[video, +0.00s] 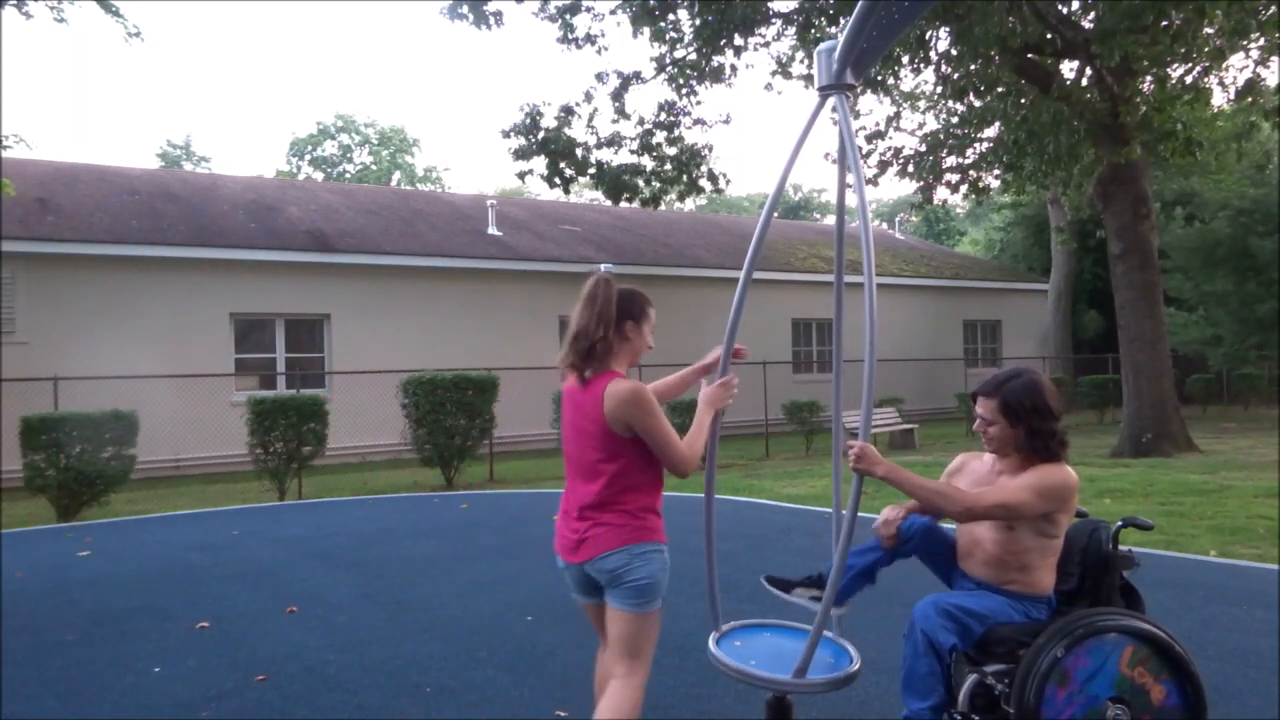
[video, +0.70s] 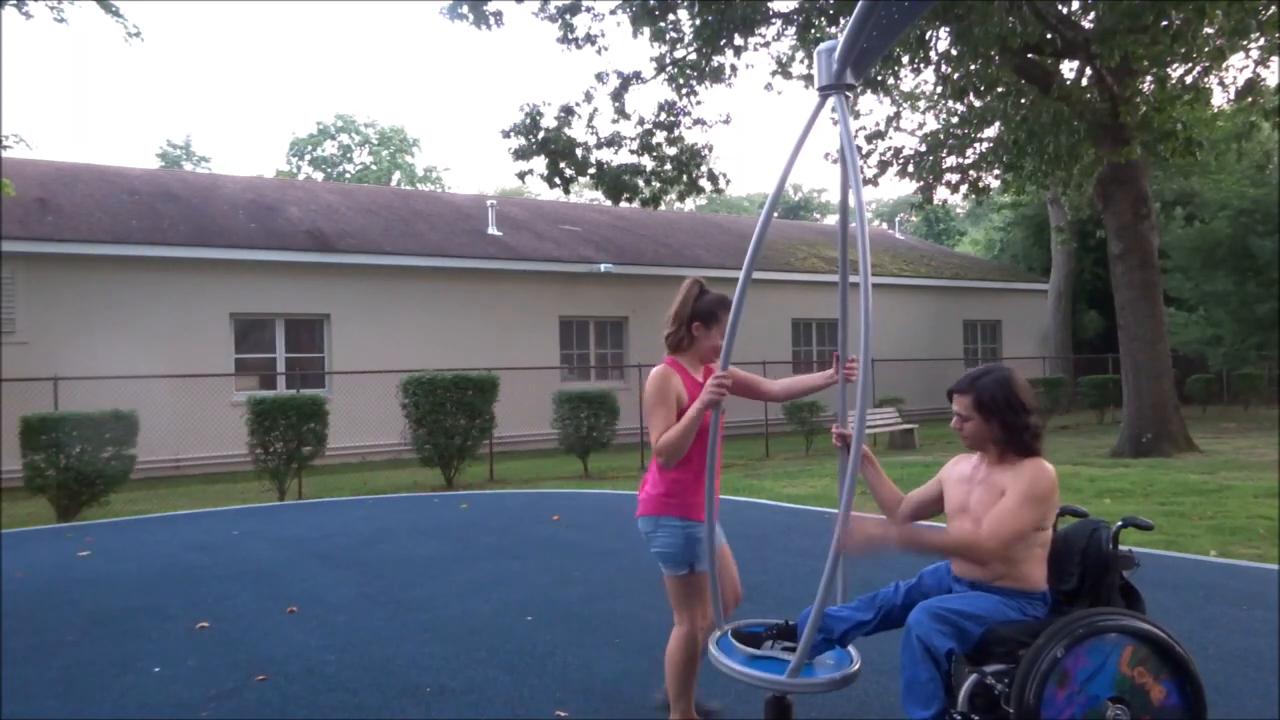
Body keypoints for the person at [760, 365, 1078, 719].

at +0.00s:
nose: (977, 428)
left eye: (988, 422)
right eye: (978, 418)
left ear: (1023, 425)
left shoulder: (1056, 480)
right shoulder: (968, 463)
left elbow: (966, 507)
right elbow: (935, 505)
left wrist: (883, 468)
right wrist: (902, 510)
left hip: (1016, 601)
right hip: (963, 572)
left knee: (931, 614)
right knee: (913, 526)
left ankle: (922, 712)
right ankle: (829, 587)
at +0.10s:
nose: (977, 428)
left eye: (988, 422)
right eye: (977, 419)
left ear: (1022, 426)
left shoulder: (1056, 480)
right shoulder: (967, 464)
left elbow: (964, 507)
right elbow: (932, 515)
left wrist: (883, 469)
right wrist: (891, 528)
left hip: (1015, 599)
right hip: (960, 571)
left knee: (930, 618)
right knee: (897, 547)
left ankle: (924, 713)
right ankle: (818, 613)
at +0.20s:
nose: (975, 427)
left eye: (986, 421)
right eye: (976, 418)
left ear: (1021, 426)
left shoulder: (1054, 478)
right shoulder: (966, 466)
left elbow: (963, 506)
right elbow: (932, 521)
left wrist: (881, 468)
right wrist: (888, 537)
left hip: (1014, 599)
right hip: (958, 574)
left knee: (930, 617)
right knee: (887, 587)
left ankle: (926, 712)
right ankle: (806, 636)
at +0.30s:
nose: (970, 427)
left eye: (981, 421)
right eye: (971, 418)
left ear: (1016, 426)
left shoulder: (1051, 477)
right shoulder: (966, 466)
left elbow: (967, 505)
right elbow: (936, 528)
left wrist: (881, 469)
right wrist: (904, 517)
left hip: (1016, 599)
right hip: (959, 580)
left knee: (929, 617)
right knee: (894, 603)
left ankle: (925, 712)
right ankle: (805, 634)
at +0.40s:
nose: (966, 428)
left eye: (976, 422)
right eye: (966, 418)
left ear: (1012, 424)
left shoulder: (1048, 475)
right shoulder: (967, 464)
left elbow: (961, 507)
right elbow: (914, 519)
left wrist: (880, 468)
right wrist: (879, 474)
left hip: (1016, 599)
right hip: (957, 578)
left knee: (929, 618)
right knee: (891, 604)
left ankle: (927, 712)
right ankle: (801, 638)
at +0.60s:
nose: (960, 427)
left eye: (970, 420)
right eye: (960, 418)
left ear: (1005, 423)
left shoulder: (1042, 474)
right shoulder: (961, 464)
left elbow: (969, 520)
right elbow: (902, 511)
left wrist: (879, 476)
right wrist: (858, 460)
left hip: (1014, 599)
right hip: (956, 580)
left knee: (927, 620)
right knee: (888, 599)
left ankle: (926, 712)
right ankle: (800, 634)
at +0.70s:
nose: (954, 425)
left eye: (964, 418)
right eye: (955, 416)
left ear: (998, 419)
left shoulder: (1035, 476)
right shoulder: (960, 466)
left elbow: (985, 548)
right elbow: (901, 512)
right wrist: (864, 458)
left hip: (1014, 599)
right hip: (957, 582)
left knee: (927, 621)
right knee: (890, 600)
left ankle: (927, 713)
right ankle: (800, 634)